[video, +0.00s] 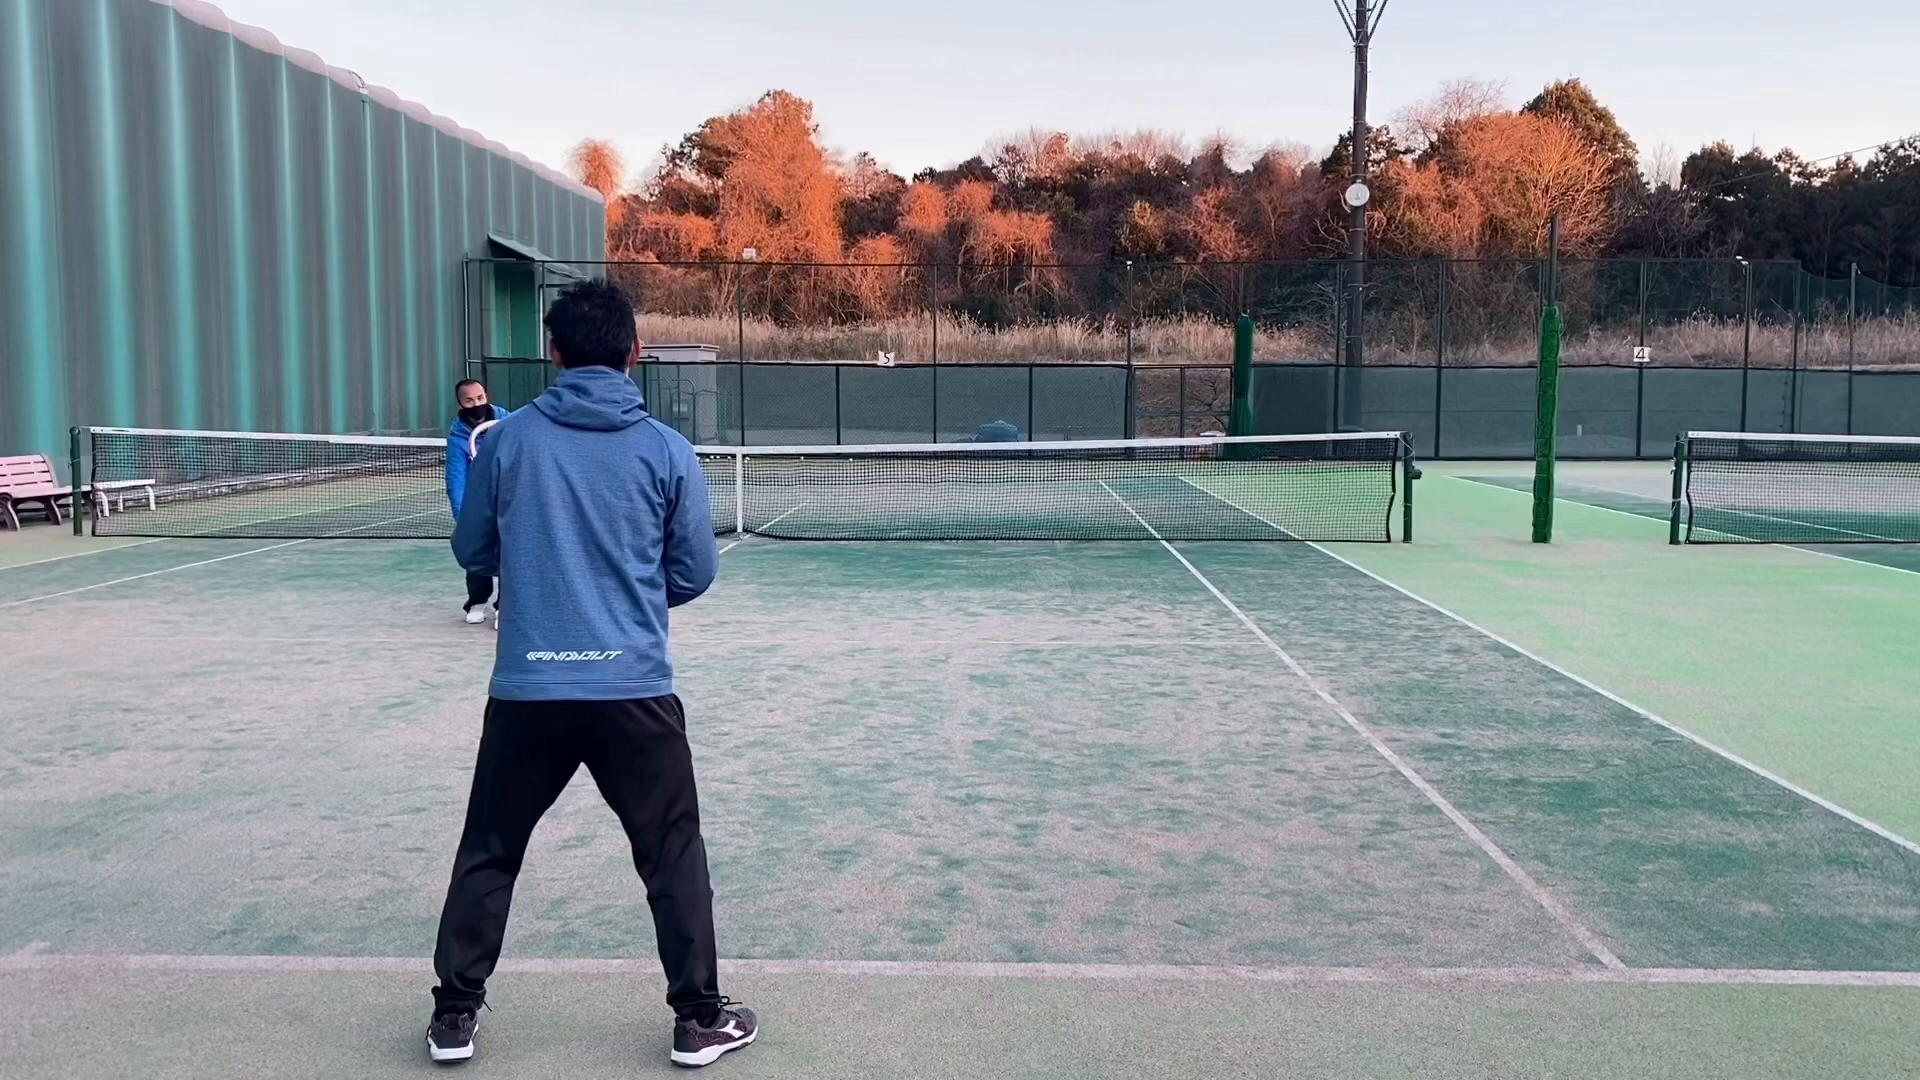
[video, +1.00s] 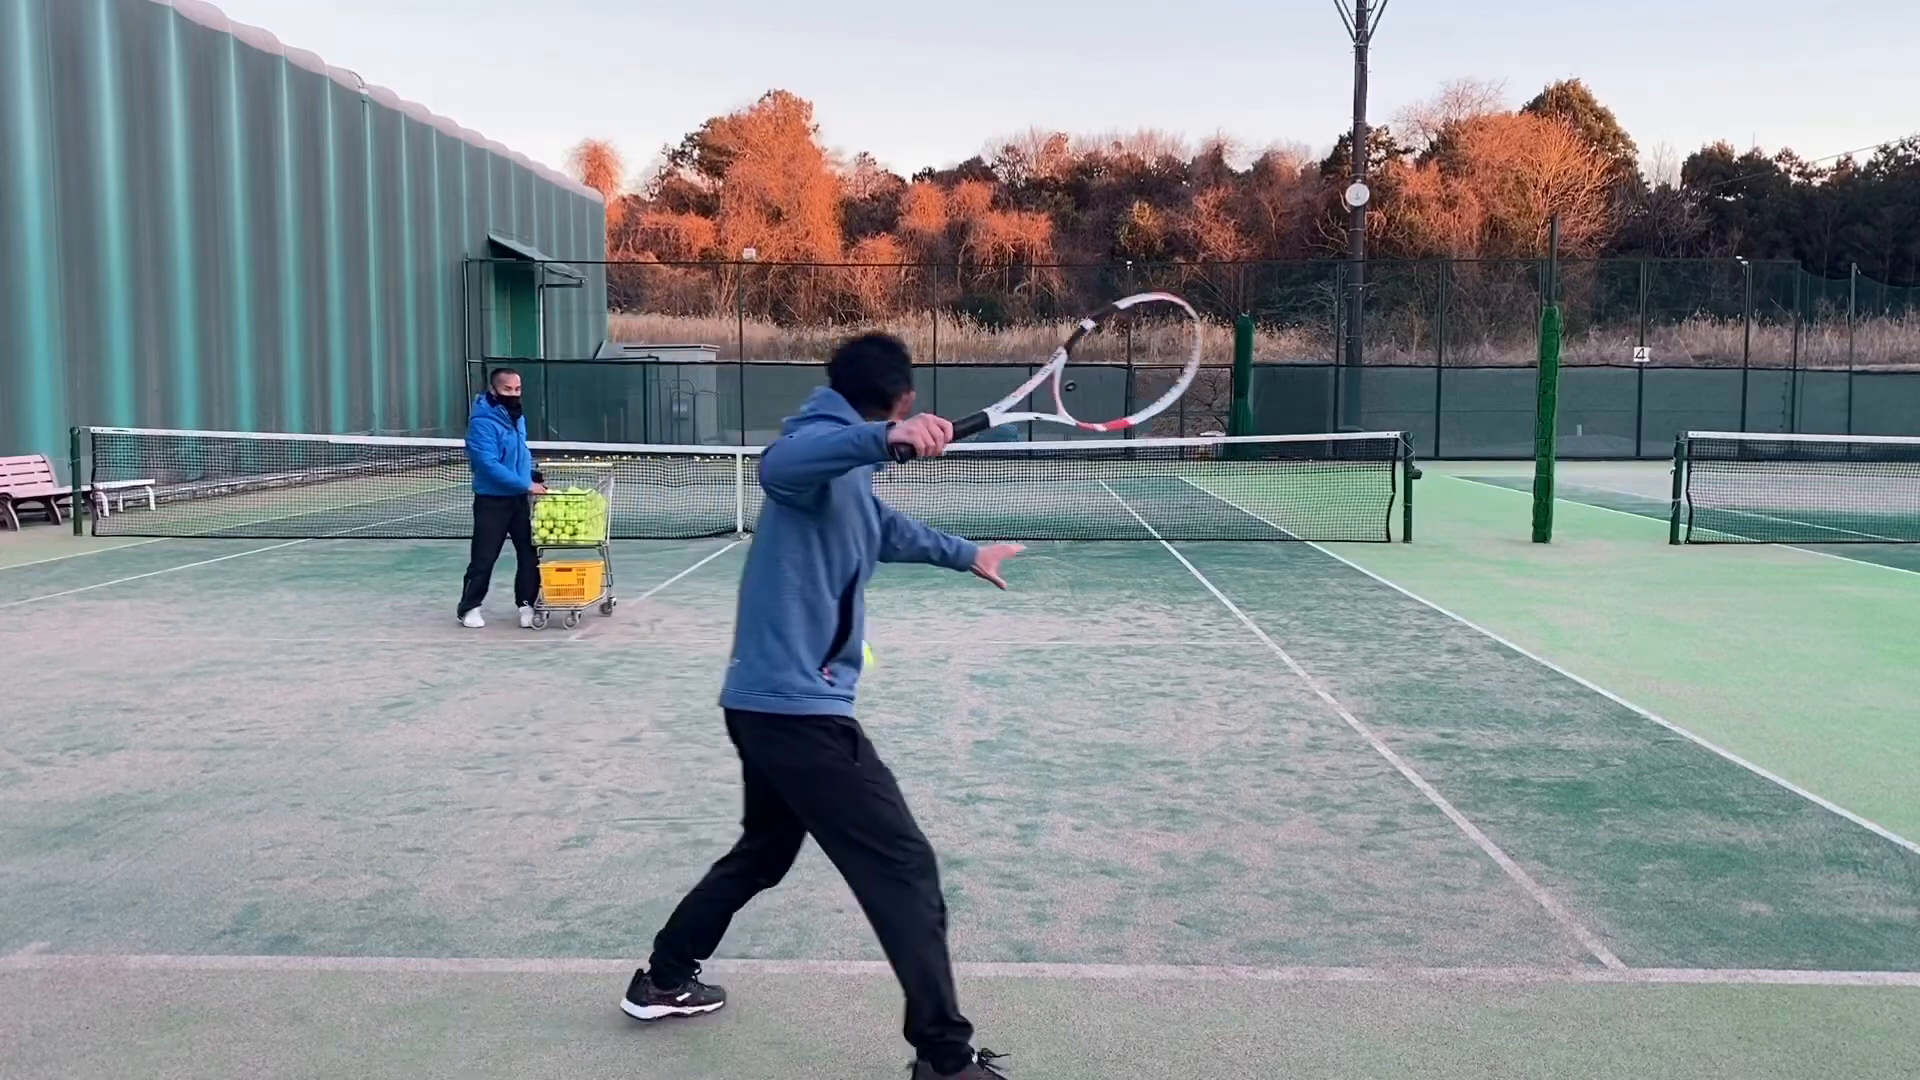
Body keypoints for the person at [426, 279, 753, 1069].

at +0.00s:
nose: (545, 356)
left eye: (550, 346)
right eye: (634, 347)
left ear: (553, 350)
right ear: (632, 352)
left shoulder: (507, 440)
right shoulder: (666, 448)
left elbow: (474, 552)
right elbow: (694, 571)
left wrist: (525, 540)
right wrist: (630, 581)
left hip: (528, 695)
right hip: (632, 693)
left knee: (488, 851)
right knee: (673, 854)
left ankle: (454, 1017)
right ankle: (700, 1019)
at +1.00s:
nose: (910, 414)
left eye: (909, 403)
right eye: (906, 403)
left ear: (849, 391)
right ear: (884, 403)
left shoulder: (848, 467)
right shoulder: (820, 436)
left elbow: (890, 529)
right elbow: (779, 468)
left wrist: (967, 553)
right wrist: (884, 439)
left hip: (773, 701)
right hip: (795, 705)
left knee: (763, 852)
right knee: (902, 864)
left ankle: (663, 979)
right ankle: (944, 1051)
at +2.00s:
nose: (1056, 317)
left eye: (1063, 309)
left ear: (1068, 320)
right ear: (1135, 326)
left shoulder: (1045, 395)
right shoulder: (1139, 386)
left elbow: (1034, 499)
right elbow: (1075, 337)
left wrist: (970, 460)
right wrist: (1018, 305)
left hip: (1018, 637)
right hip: (1097, 636)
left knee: (1031, 803)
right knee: (1102, 796)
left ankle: (1063, 961)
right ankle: (1102, 961)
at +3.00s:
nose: (795, 361)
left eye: (794, 351)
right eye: (802, 350)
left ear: (802, 356)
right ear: (872, 350)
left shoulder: (775, 445)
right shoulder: (921, 446)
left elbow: (723, 556)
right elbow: (955, 555)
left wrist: (781, 527)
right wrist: (878, 559)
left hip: (795, 692)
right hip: (892, 692)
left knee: (740, 825)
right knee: (898, 842)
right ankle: (920, 1012)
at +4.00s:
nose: (595, 368)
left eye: (593, 357)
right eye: (595, 358)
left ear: (508, 361)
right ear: (587, 370)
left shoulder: (470, 439)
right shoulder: (562, 456)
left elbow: (512, 542)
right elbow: (620, 569)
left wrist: (606, 558)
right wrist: (670, 578)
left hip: (433, 704)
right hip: (511, 713)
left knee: (421, 867)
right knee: (608, 865)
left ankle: (331, 1036)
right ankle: (576, 1054)